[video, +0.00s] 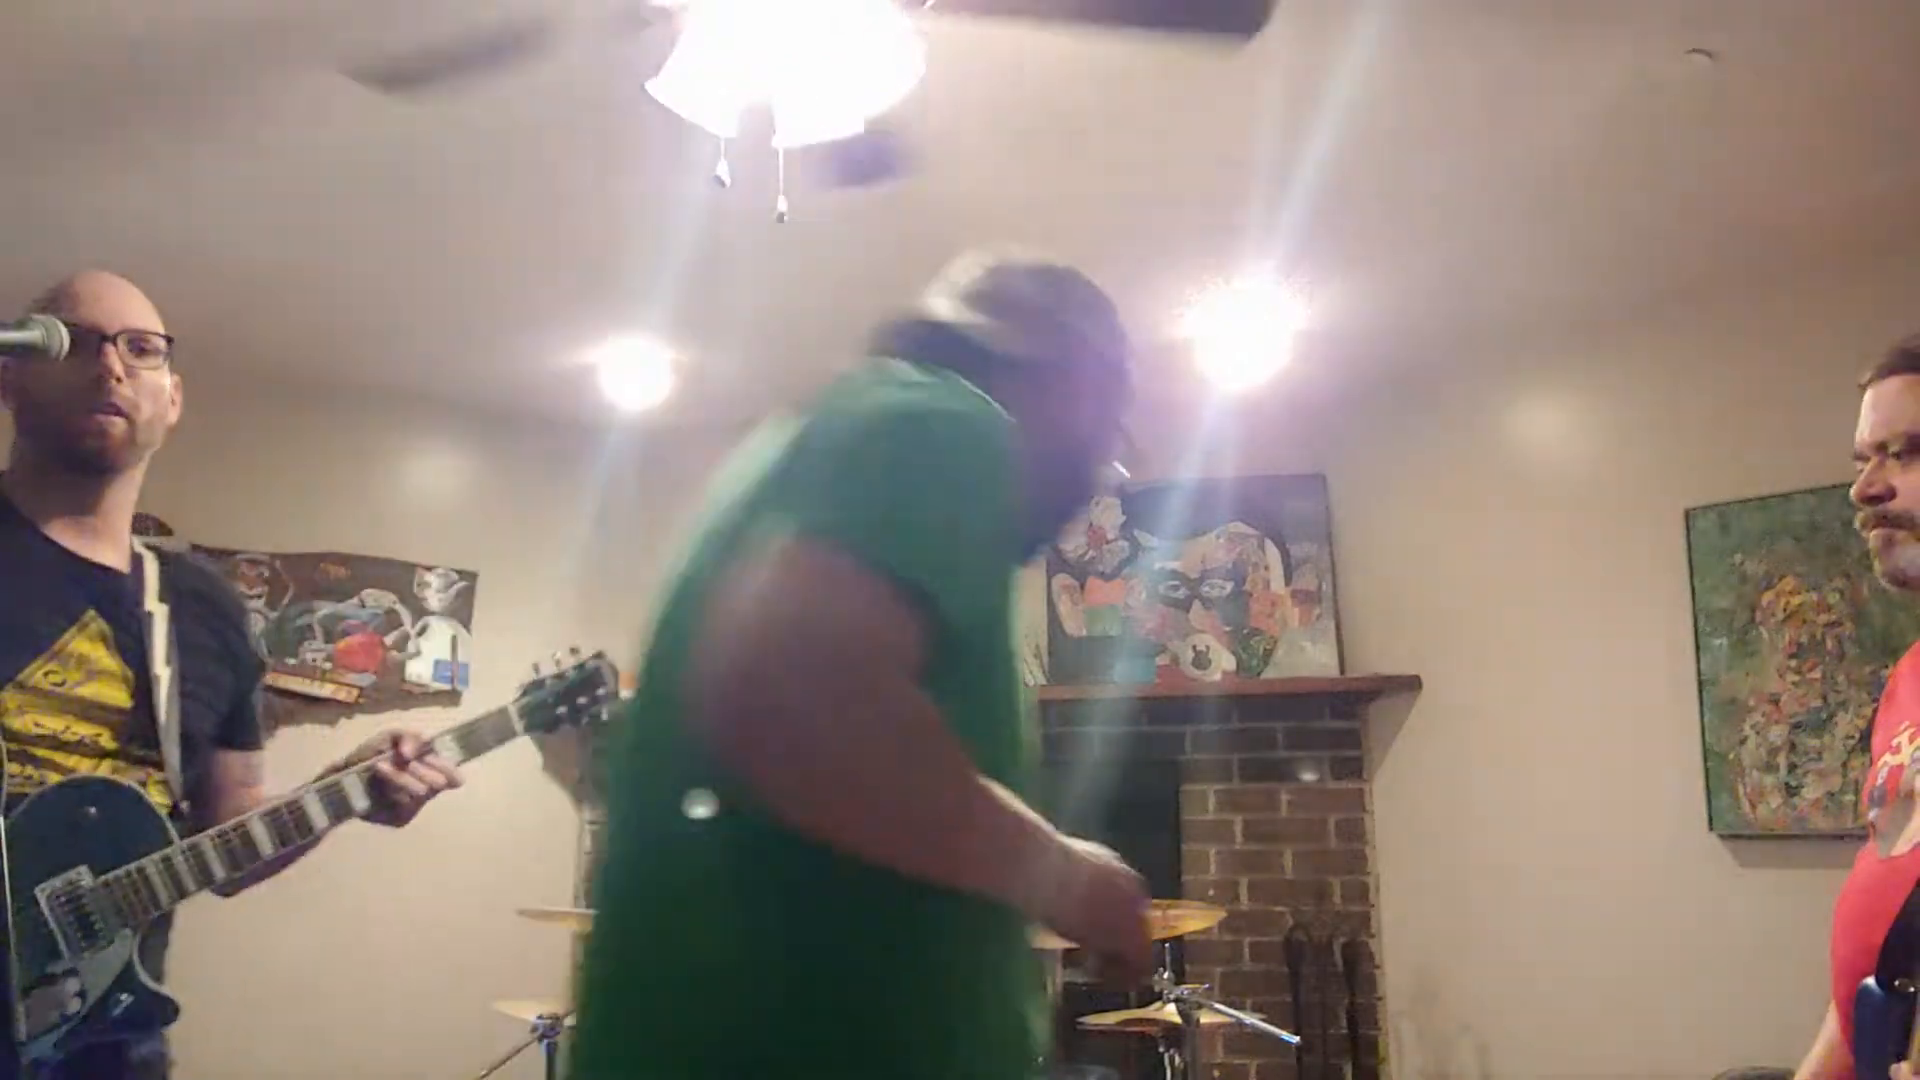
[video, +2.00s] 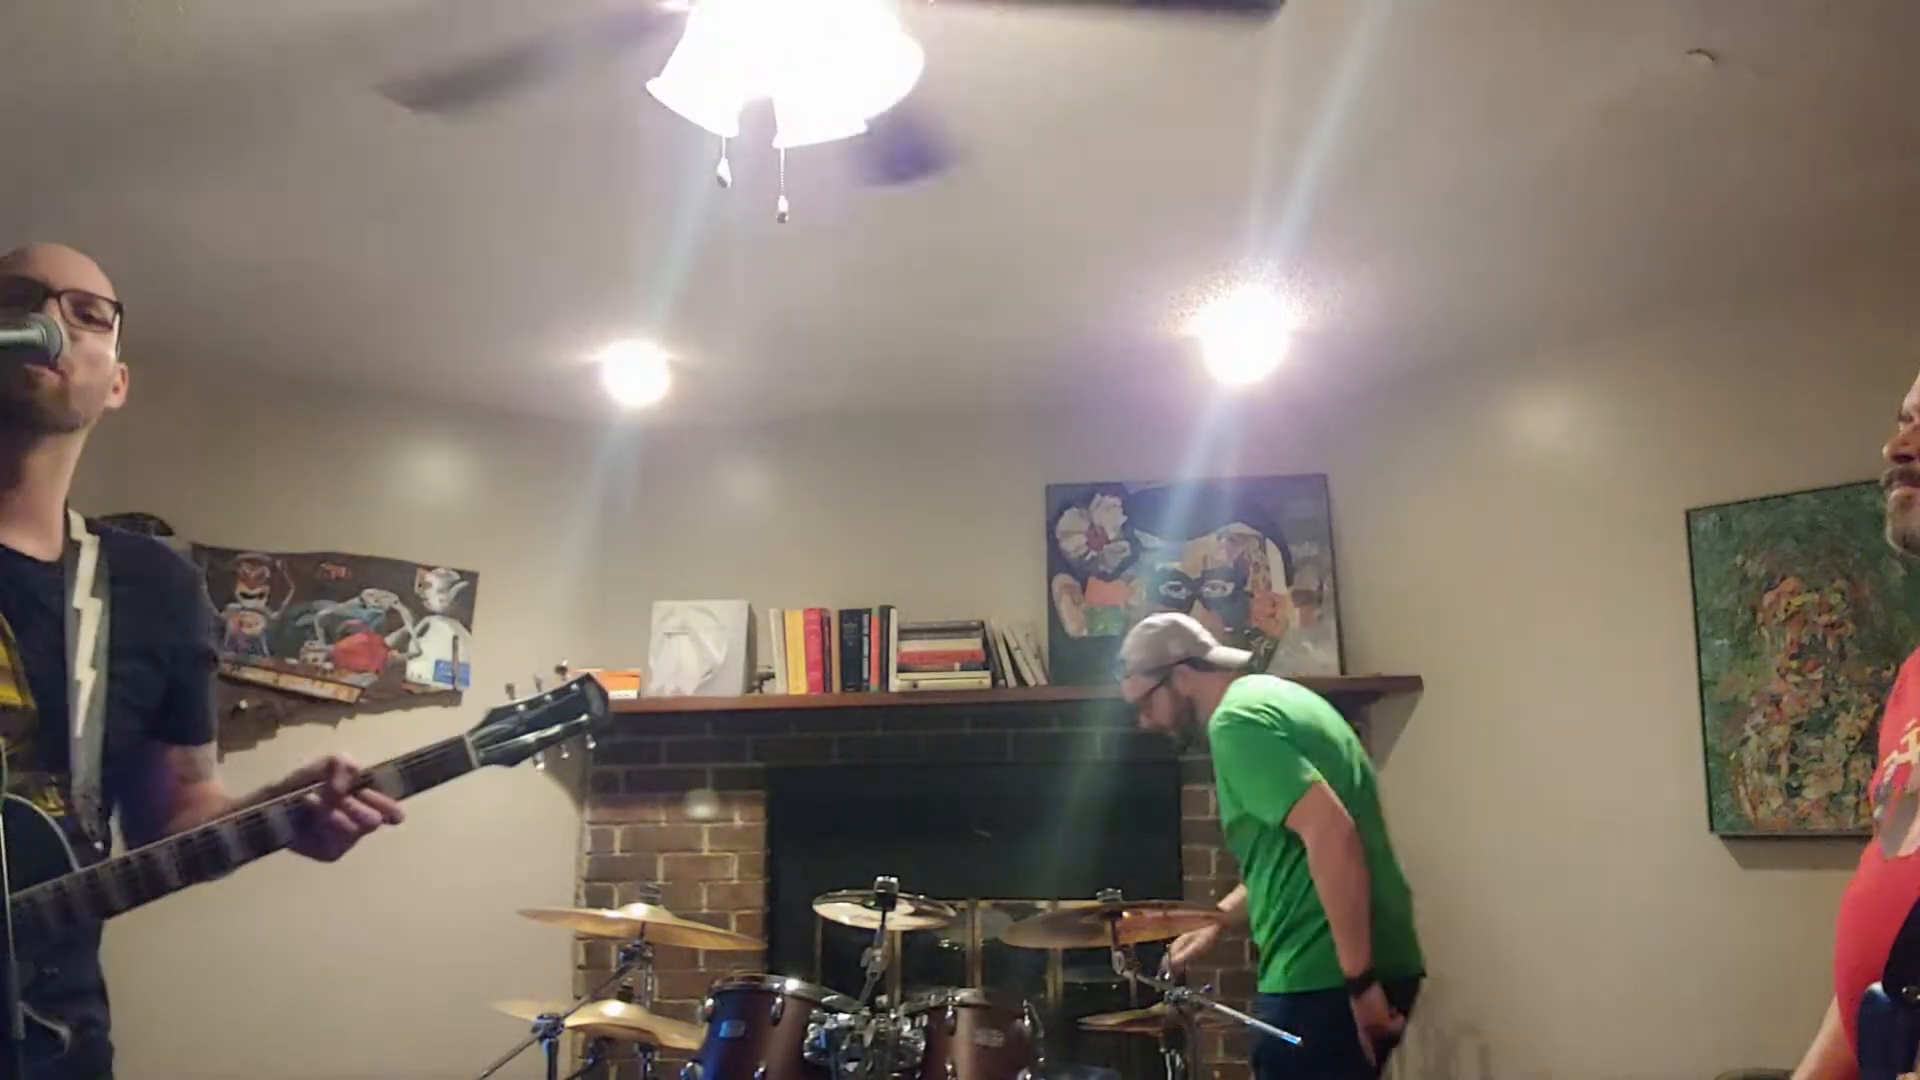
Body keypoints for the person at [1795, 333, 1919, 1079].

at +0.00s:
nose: (1867, 486)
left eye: (1902, 453)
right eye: (1863, 461)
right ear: (1858, 473)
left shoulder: (1909, 678)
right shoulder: (1905, 682)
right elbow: (1883, 915)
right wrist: (1818, 1066)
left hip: (1905, 1053)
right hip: (1871, 1050)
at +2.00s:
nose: (1900, 444)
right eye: (1902, 423)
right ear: (1894, 439)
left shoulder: (1910, 674)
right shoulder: (1909, 675)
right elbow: (1887, 898)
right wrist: (1818, 1066)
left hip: (1903, 1052)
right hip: (1873, 1050)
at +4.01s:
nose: (1849, 500)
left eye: (1874, 464)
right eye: (1855, 470)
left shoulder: (1910, 674)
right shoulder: (1908, 674)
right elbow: (1879, 906)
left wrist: (1816, 1065)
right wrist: (1811, 1068)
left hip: (1900, 1055)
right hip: (1860, 1049)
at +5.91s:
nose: (1820, 537)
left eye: (1839, 497)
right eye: (1821, 507)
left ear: (1915, 479)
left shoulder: (1909, 682)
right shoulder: (1903, 685)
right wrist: (1820, 1063)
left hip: (1906, 1051)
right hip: (1878, 1050)